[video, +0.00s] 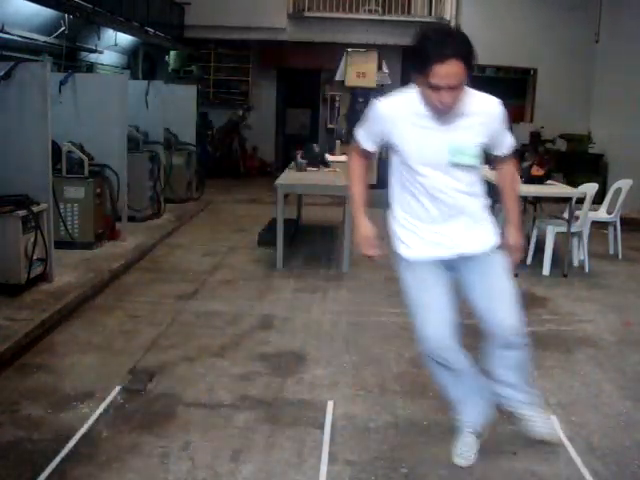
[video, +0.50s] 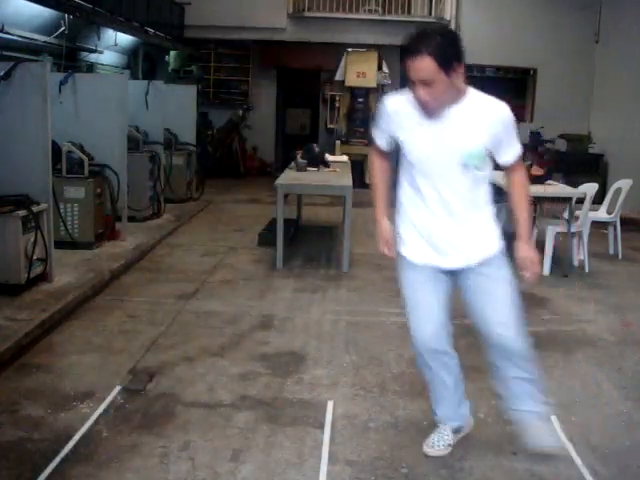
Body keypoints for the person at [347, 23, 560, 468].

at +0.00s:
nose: (444, 98)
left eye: (454, 87)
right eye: (435, 88)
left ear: (467, 76)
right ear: (418, 78)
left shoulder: (488, 111)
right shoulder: (388, 111)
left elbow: (505, 162)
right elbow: (359, 152)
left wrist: (513, 224)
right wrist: (360, 218)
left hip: (478, 240)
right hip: (417, 247)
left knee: (507, 326)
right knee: (435, 339)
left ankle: (519, 399)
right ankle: (472, 414)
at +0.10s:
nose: (466, 126)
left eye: (475, 116)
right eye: (457, 116)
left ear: (490, 105)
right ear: (444, 108)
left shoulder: (515, 135)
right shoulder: (416, 140)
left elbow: (533, 179)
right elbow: (385, 176)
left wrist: (547, 238)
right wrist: (383, 242)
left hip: (515, 269)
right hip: (452, 275)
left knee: (558, 348)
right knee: (462, 366)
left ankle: (603, 428)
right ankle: (480, 428)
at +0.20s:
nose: (479, 154)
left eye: (488, 144)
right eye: (471, 144)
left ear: (510, 133)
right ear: (463, 136)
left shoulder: (545, 162)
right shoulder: (446, 167)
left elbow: (562, 210)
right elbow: (424, 216)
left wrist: (572, 269)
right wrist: (404, 276)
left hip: (538, 286)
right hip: (475, 287)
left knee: (578, 362)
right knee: (460, 366)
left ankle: (610, 434)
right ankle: (476, 429)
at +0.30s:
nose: (471, 155)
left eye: (480, 146)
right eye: (465, 145)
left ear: (506, 135)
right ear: (458, 134)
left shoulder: (544, 163)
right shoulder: (446, 164)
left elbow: (567, 214)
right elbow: (436, 213)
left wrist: (577, 279)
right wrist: (420, 276)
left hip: (540, 285)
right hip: (477, 280)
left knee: (580, 361)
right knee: (444, 355)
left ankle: (610, 434)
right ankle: (459, 418)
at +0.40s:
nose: (448, 123)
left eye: (456, 114)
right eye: (440, 114)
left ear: (482, 103)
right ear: (432, 105)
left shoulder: (517, 136)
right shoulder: (419, 135)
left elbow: (540, 190)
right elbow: (409, 185)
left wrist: (555, 254)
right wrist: (409, 249)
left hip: (514, 270)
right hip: (450, 272)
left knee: (555, 349)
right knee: (440, 363)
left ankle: (601, 429)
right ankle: (459, 426)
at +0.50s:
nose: (420, 94)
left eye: (427, 83)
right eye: (413, 84)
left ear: (457, 73)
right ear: (405, 78)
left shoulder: (493, 114)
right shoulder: (395, 109)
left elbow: (515, 171)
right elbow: (380, 154)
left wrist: (523, 240)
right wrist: (382, 217)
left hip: (480, 249)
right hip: (418, 250)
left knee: (507, 336)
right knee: (428, 340)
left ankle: (531, 418)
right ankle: (453, 418)